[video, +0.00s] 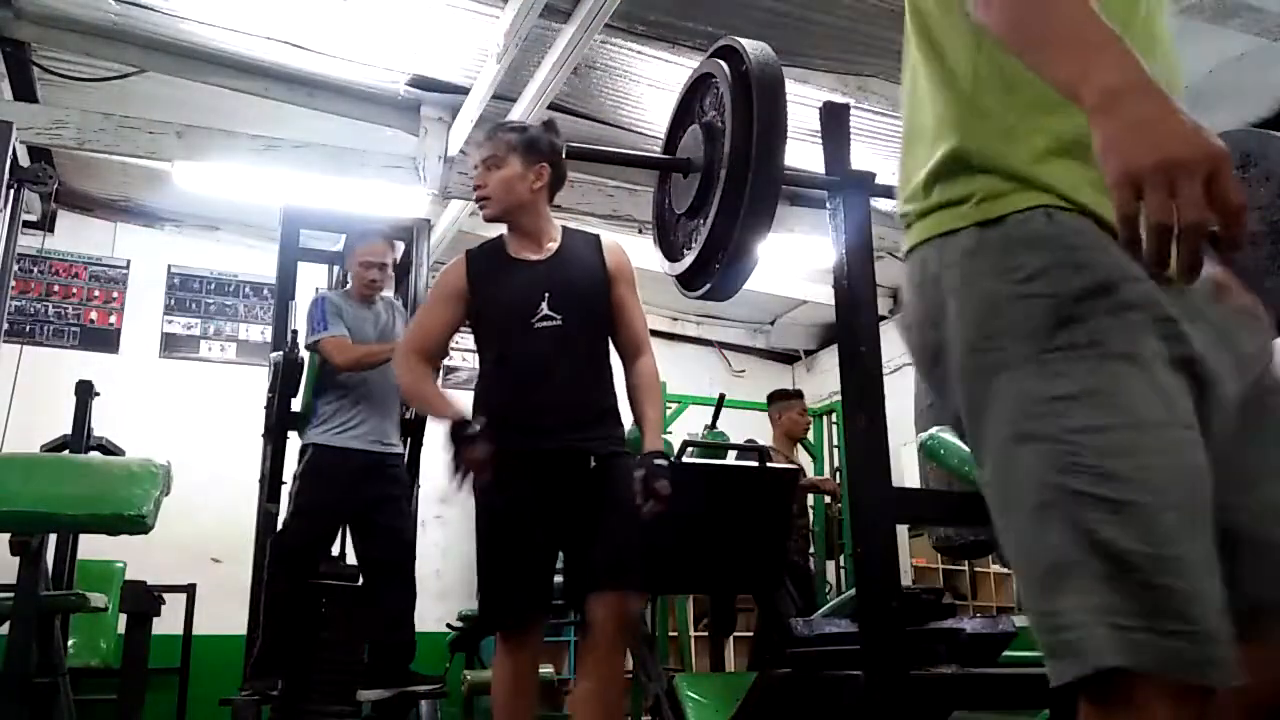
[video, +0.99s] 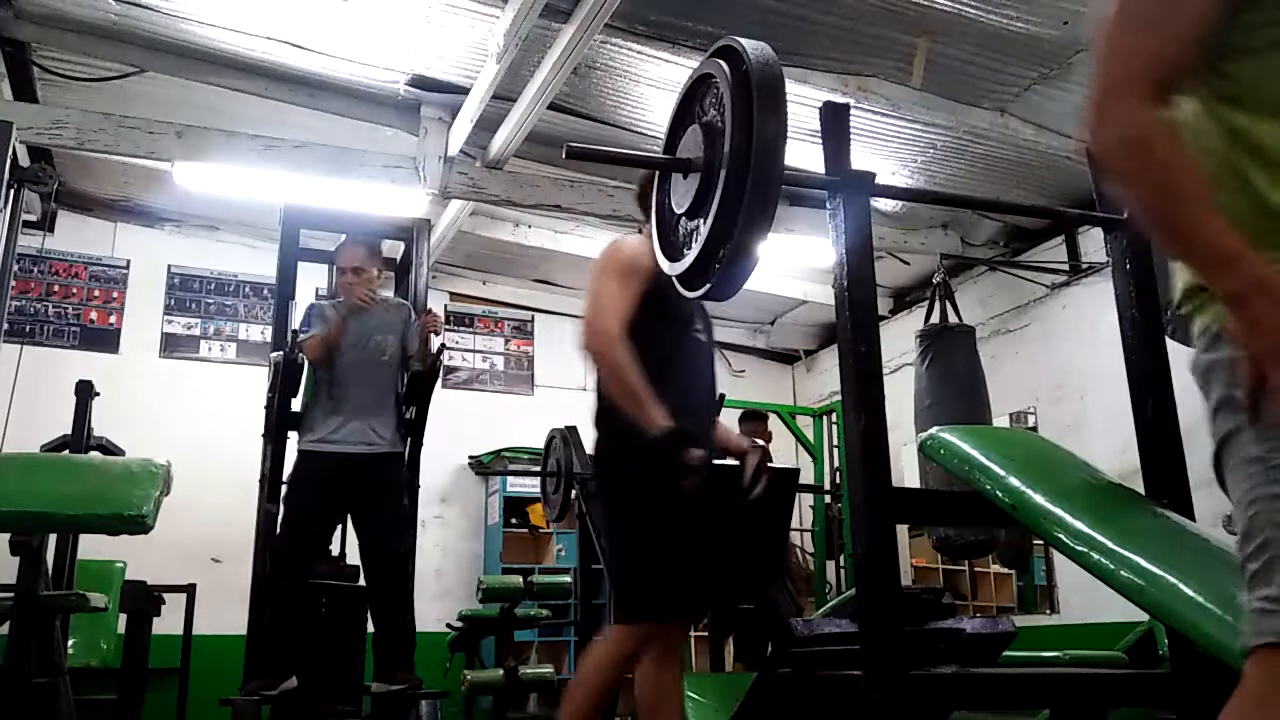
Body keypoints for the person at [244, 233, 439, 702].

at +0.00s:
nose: (377, 274)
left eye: (385, 267)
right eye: (368, 265)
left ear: (392, 269)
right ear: (348, 266)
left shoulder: (398, 315)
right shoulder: (328, 304)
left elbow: (415, 369)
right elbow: (342, 357)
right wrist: (405, 347)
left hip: (384, 458)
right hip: (329, 454)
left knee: (393, 574)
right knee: (293, 562)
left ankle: (390, 681)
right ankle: (271, 673)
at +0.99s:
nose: (349, 280)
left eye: (359, 272)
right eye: (343, 272)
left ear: (379, 271)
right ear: (335, 272)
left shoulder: (401, 313)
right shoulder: (321, 310)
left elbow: (421, 372)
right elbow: (315, 355)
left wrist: (427, 342)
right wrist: (345, 313)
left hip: (381, 458)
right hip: (321, 455)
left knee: (390, 572)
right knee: (292, 564)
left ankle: (396, 672)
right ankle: (279, 670)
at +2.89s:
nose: (366, 278)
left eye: (374, 271)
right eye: (358, 270)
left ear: (386, 276)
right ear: (344, 274)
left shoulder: (403, 316)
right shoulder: (322, 308)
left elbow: (415, 378)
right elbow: (297, 357)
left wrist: (428, 342)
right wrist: (286, 328)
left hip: (379, 453)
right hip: (321, 449)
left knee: (383, 568)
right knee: (297, 561)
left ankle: (384, 670)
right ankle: (282, 670)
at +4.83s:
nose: (344, 296)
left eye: (352, 288)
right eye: (337, 287)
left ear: (374, 283)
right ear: (330, 280)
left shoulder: (398, 317)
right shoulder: (320, 314)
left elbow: (418, 376)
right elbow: (287, 350)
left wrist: (431, 349)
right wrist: (278, 318)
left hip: (376, 456)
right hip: (317, 454)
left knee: (383, 571)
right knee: (296, 566)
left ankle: (387, 672)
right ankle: (279, 672)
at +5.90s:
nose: (372, 292)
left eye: (377, 284)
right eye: (364, 284)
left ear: (383, 282)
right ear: (341, 279)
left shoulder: (391, 318)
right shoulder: (312, 313)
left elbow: (414, 372)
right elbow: (292, 369)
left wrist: (430, 346)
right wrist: (284, 337)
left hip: (377, 459)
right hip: (318, 456)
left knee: (383, 572)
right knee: (297, 567)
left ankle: (385, 673)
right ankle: (279, 672)